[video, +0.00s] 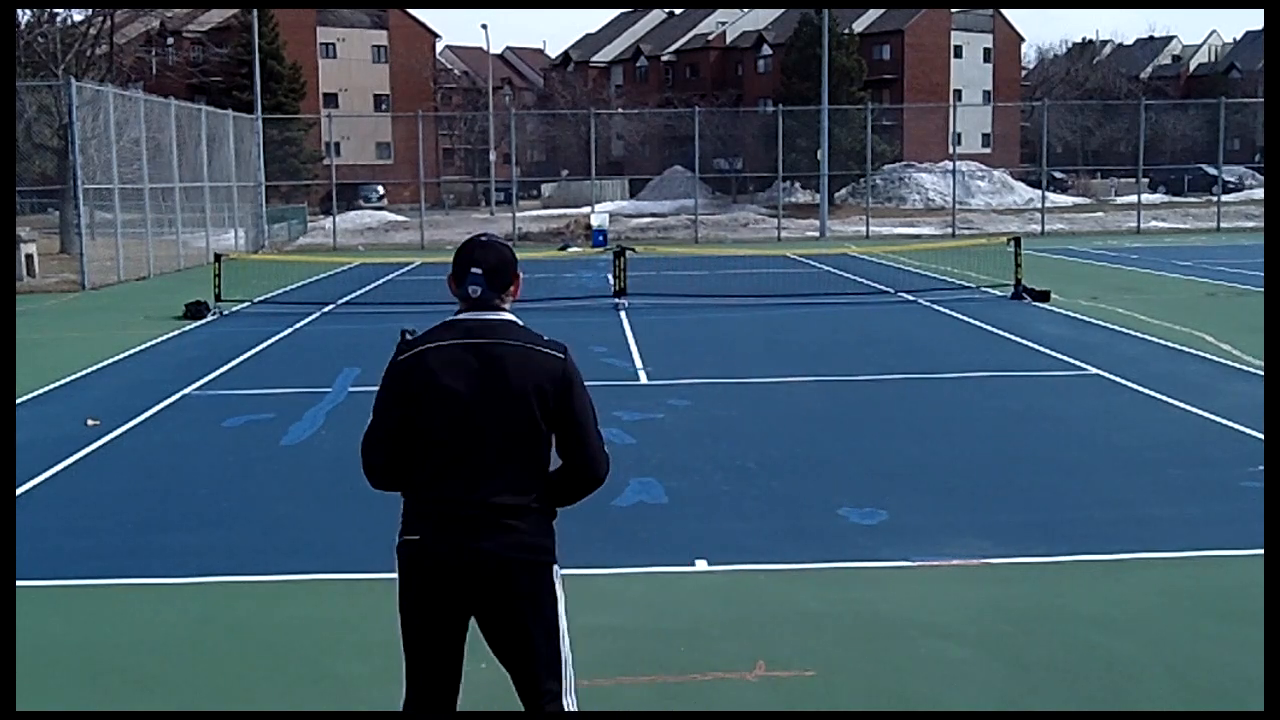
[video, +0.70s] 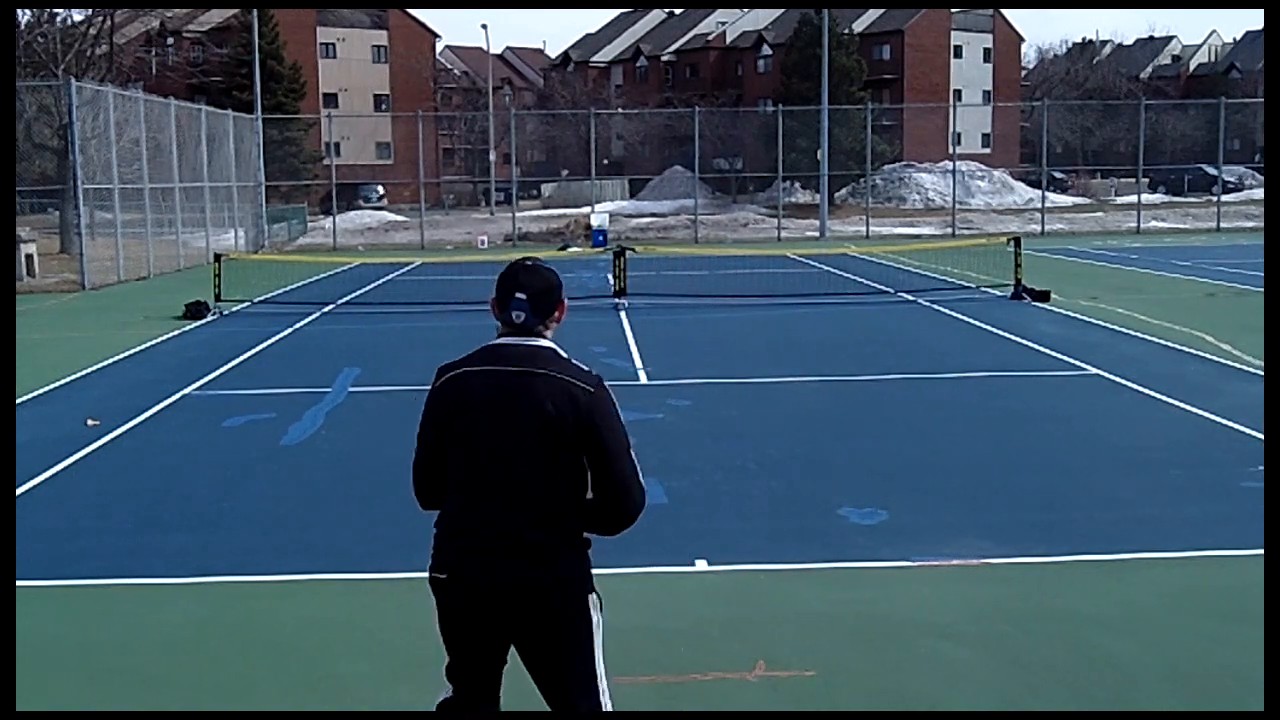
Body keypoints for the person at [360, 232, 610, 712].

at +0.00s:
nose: (517, 284)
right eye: (517, 279)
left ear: (453, 288)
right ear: (515, 286)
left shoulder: (411, 358)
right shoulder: (549, 359)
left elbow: (380, 469)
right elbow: (590, 466)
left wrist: (436, 474)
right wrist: (536, 497)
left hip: (430, 558)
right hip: (518, 559)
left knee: (427, 699)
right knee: (547, 697)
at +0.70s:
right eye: (561, 303)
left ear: (494, 309)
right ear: (559, 312)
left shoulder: (452, 380)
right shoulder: (583, 386)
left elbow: (429, 492)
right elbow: (623, 504)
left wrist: (486, 486)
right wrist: (569, 511)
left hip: (464, 580)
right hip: (553, 585)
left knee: (469, 698)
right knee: (583, 705)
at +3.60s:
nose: (493, 316)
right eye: (494, 311)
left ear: (429, 317)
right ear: (491, 317)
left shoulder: (397, 390)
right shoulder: (525, 383)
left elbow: (365, 499)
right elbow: (573, 483)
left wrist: (421, 485)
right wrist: (515, 510)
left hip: (428, 582)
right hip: (519, 579)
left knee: (386, 703)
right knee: (566, 702)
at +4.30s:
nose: (468, 330)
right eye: (468, 322)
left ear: (411, 318)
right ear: (462, 327)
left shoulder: (400, 364)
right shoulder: (411, 378)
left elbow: (472, 433)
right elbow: (439, 484)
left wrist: (524, 394)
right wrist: (516, 438)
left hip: (321, 544)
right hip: (351, 551)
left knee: (345, 680)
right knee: (413, 689)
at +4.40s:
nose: (463, 341)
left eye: (460, 331)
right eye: (464, 332)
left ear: (410, 325)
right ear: (456, 339)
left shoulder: (420, 378)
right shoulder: (393, 377)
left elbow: (491, 439)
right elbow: (394, 467)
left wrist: (528, 401)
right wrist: (474, 421)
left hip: (343, 550)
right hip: (326, 553)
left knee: (338, 682)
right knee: (396, 691)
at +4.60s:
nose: (456, 357)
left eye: (457, 348)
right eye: (456, 349)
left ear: (408, 339)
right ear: (448, 354)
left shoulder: (426, 404)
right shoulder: (367, 383)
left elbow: (484, 448)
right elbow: (317, 440)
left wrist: (545, 437)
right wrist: (360, 413)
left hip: (327, 553)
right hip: (301, 551)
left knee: (321, 681)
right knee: (382, 684)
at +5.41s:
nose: (321, 283)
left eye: (325, 280)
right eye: (324, 280)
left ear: (328, 287)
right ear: (373, 281)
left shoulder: (304, 343)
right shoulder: (391, 312)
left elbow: (222, 397)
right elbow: (335, 289)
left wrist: (225, 318)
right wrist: (273, 268)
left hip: (327, 512)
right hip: (396, 504)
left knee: (298, 648)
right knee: (402, 632)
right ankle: (426, 711)